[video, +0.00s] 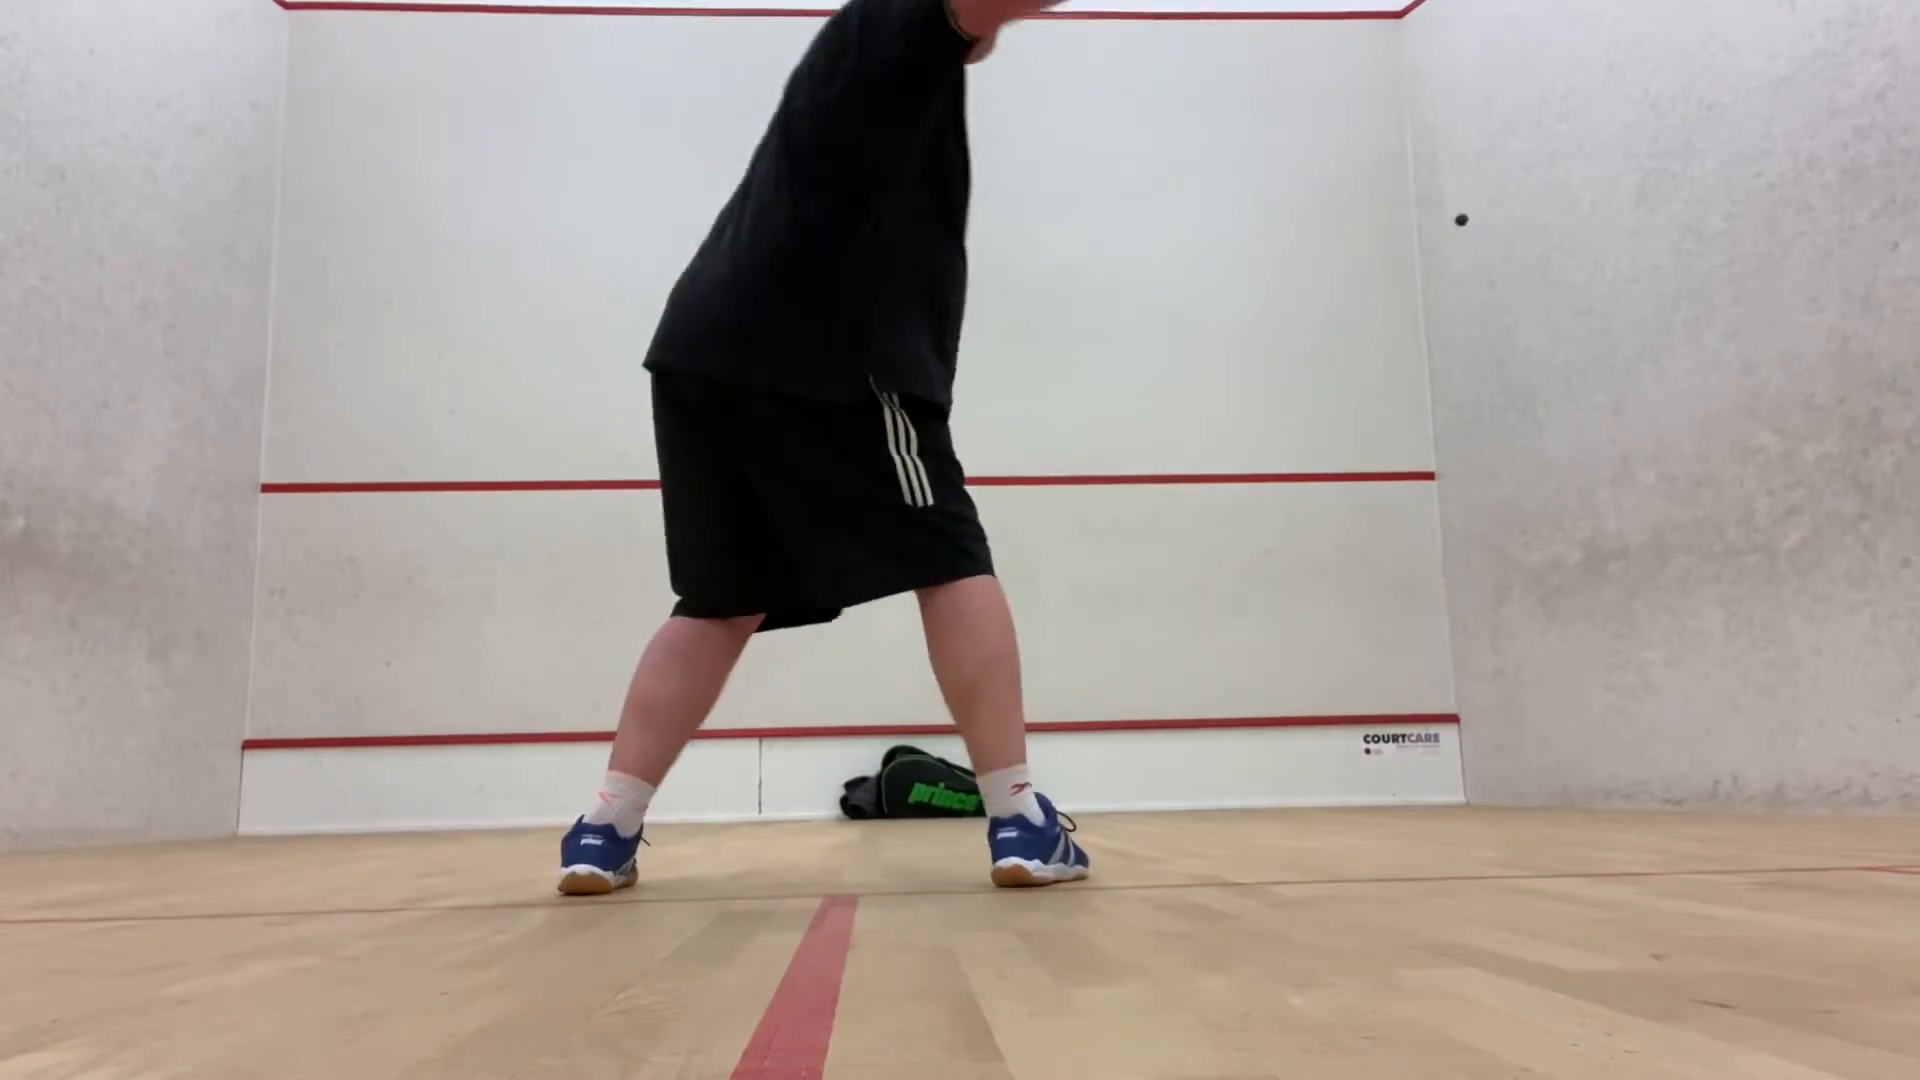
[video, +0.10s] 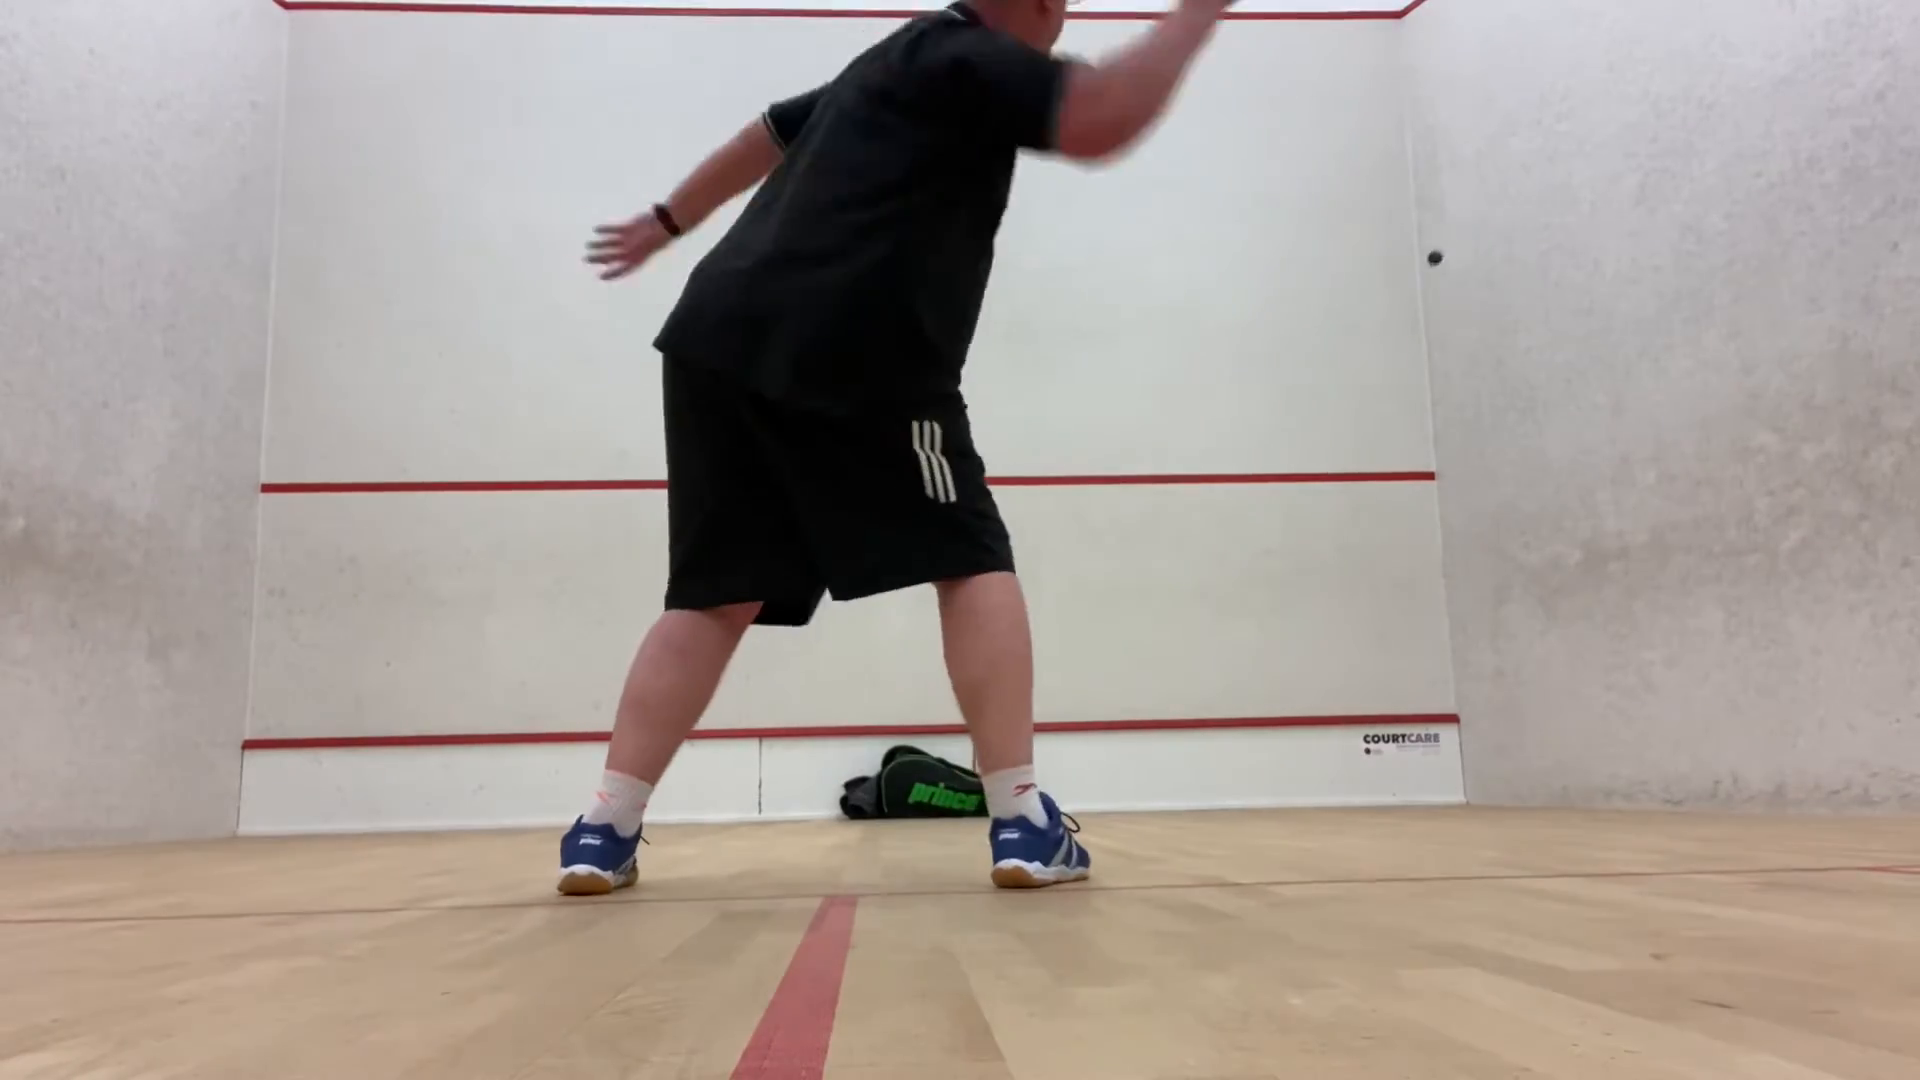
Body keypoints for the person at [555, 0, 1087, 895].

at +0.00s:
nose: (1014, 22)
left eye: (1023, 11)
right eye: (1017, 5)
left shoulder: (846, 42)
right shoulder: (912, 40)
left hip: (703, 347)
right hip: (841, 353)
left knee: (720, 596)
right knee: (952, 564)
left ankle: (606, 827)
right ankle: (1019, 820)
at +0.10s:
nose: (1063, 21)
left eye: (1062, 8)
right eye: (1059, 5)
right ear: (1031, 1)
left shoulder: (878, 64)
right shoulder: (981, 59)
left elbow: (763, 139)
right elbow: (1096, 120)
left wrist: (665, 217)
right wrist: (1202, 11)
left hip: (716, 340)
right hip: (867, 358)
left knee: (717, 589)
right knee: (973, 566)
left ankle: (604, 826)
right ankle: (1022, 822)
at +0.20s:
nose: (1090, 33)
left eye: (1093, 16)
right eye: (1091, 15)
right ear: (1063, 11)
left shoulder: (875, 35)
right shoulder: (1052, 121)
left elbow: (742, 104)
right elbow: (1146, 283)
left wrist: (639, 197)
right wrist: (1287, 213)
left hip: (725, 331)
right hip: (880, 352)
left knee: (707, 572)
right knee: (989, 568)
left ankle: (603, 820)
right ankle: (1023, 822)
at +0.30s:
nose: (1091, 19)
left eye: (1091, 9)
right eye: (1091, 8)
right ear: (1065, 7)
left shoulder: (875, 16)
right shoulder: (1065, 104)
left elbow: (738, 84)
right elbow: (1118, 293)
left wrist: (645, 209)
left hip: (749, 329)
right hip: (907, 367)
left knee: (697, 559)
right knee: (968, 586)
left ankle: (612, 796)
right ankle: (1016, 820)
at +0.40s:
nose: (1071, 9)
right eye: (1069, 9)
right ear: (1049, 3)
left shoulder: (857, 5)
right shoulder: (1069, 104)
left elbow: (752, 78)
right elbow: (1054, 289)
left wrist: (668, 218)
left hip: (768, 322)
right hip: (922, 359)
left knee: (698, 541)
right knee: (958, 582)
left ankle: (615, 776)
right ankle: (1015, 820)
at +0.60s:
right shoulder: (980, 41)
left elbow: (787, 44)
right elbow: (956, 231)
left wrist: (690, 184)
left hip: (766, 327)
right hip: (921, 345)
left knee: (683, 544)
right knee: (949, 572)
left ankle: (635, 777)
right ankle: (1015, 818)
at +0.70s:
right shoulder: (914, 22)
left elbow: (775, 52)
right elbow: (870, 124)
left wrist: (600, 145)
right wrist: (719, 93)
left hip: (758, 319)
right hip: (904, 328)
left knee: (672, 561)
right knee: (910, 565)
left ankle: (630, 828)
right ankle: (1010, 815)